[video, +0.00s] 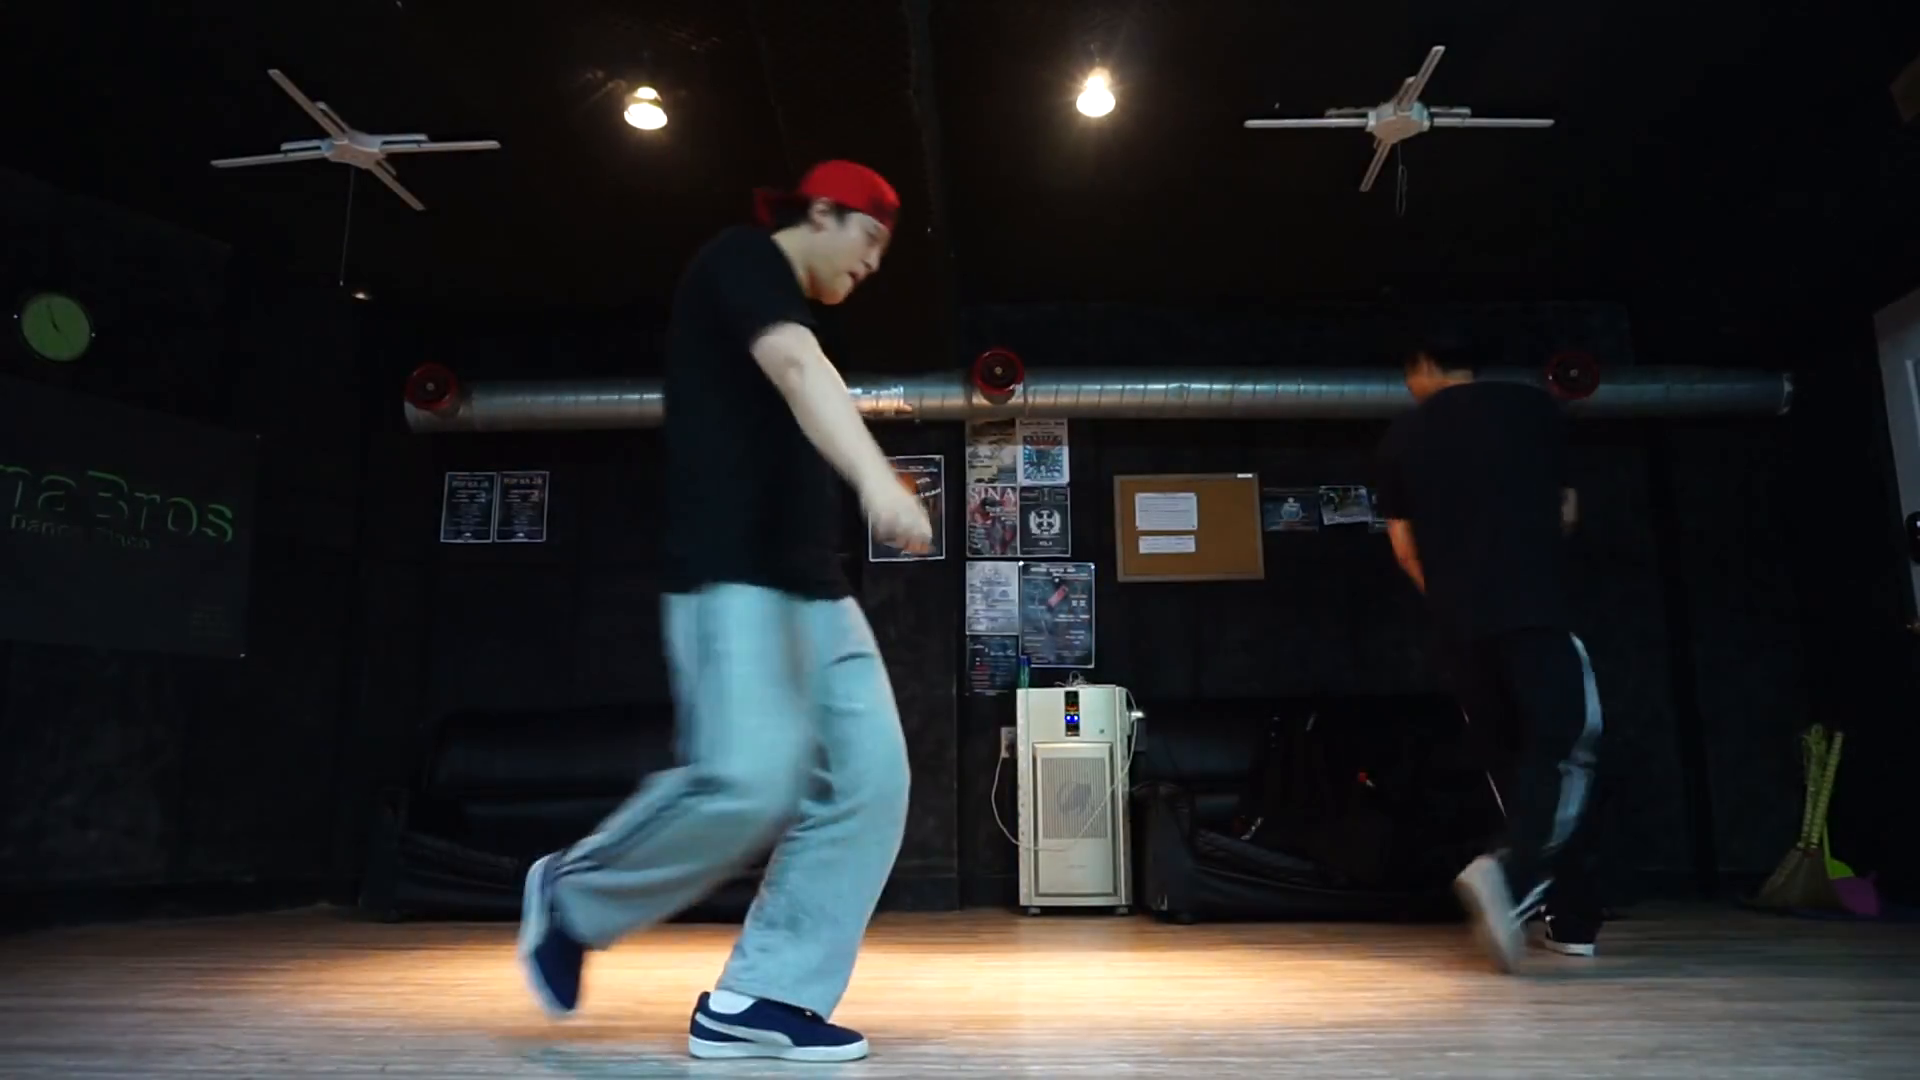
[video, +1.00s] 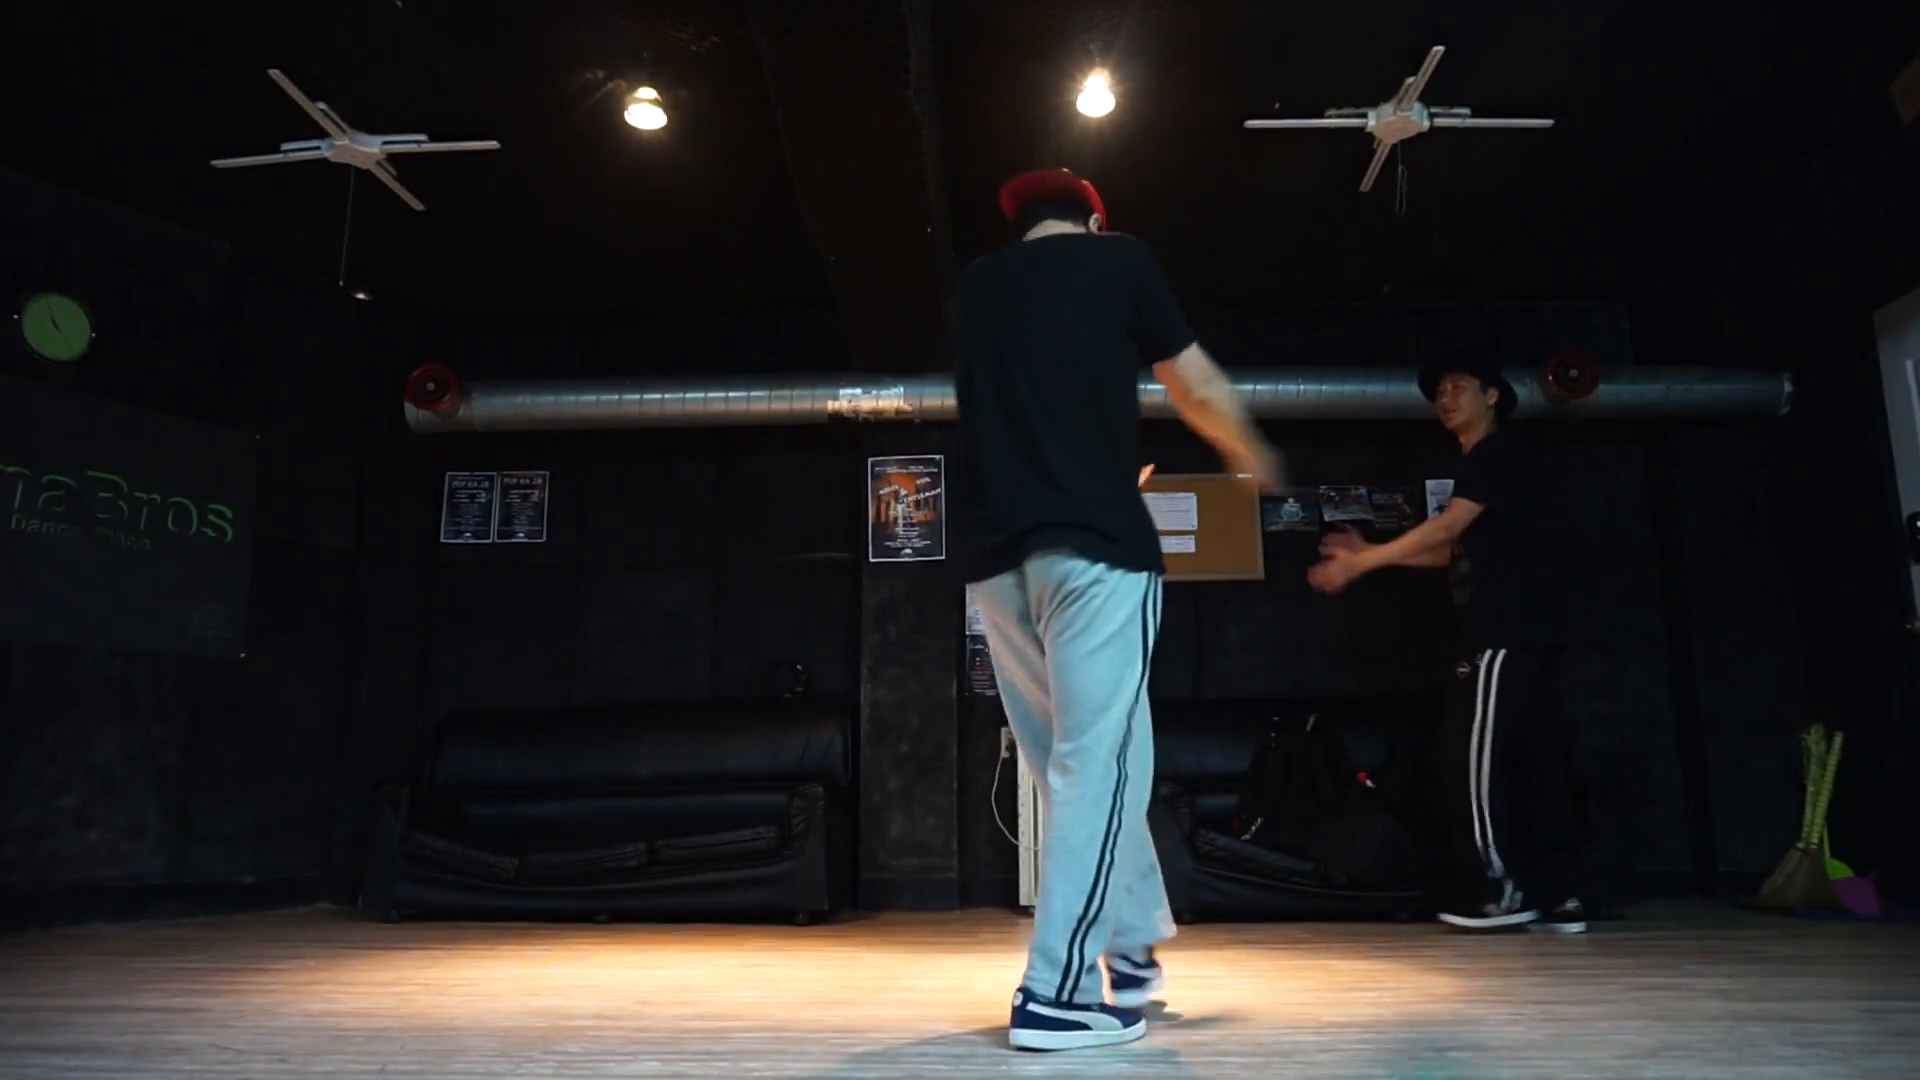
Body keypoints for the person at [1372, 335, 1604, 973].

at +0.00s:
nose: (1410, 386)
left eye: (1411, 375)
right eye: (1410, 374)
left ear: (1424, 369)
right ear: (1477, 361)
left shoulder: (1406, 436)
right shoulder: (1534, 409)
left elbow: (1405, 547)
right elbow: (1565, 513)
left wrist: (1449, 596)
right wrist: (1523, 560)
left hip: (1460, 617)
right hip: (1536, 609)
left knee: (1507, 762)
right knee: (1564, 746)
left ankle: (1570, 919)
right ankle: (1509, 875)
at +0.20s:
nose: (1422, 383)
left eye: (1424, 369)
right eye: (1422, 371)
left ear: (1446, 361)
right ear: (1486, 363)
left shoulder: (1430, 429)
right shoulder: (1548, 415)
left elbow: (1404, 522)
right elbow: (1604, 506)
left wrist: (1382, 613)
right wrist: (1644, 595)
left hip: (1485, 621)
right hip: (1566, 613)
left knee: (1512, 767)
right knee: (1586, 731)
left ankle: (1570, 921)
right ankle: (1607, 840)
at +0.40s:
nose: (1431, 390)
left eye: (1435, 375)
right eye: (1430, 377)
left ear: (1467, 369)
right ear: (1487, 371)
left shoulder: (1455, 426)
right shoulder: (1548, 427)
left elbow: (1418, 483)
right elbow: (1636, 477)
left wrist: (1366, 557)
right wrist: (1707, 537)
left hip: (1493, 622)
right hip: (1563, 617)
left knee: (1512, 766)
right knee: (1567, 750)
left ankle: (1569, 918)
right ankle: (1591, 896)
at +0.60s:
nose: (1430, 418)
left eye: (1435, 403)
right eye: (1427, 407)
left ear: (1469, 395)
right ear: (1479, 397)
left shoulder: (1468, 451)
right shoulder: (1547, 446)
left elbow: (1449, 507)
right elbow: (1625, 502)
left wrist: (1412, 574)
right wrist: (1667, 546)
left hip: (1499, 628)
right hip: (1560, 623)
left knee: (1499, 765)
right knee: (1554, 756)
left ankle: (1567, 907)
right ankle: (1552, 902)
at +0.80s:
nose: (1438, 412)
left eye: (1447, 398)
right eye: (1435, 403)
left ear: (1485, 397)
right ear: (1483, 403)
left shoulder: (1482, 456)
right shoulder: (1526, 451)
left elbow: (1458, 532)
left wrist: (1408, 605)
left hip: (1502, 624)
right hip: (1544, 619)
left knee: (1476, 758)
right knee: (1542, 751)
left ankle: (1563, 869)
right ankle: (1563, 899)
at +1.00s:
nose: (1446, 402)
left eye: (1459, 391)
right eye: (1441, 395)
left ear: (1492, 398)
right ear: (1441, 406)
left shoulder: (1496, 453)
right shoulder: (1493, 459)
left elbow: (1445, 527)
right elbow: (1451, 550)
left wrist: (1358, 563)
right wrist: (1370, 552)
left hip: (1504, 629)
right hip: (1516, 625)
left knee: (1478, 760)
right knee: (1530, 759)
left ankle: (1498, 895)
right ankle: (1559, 894)